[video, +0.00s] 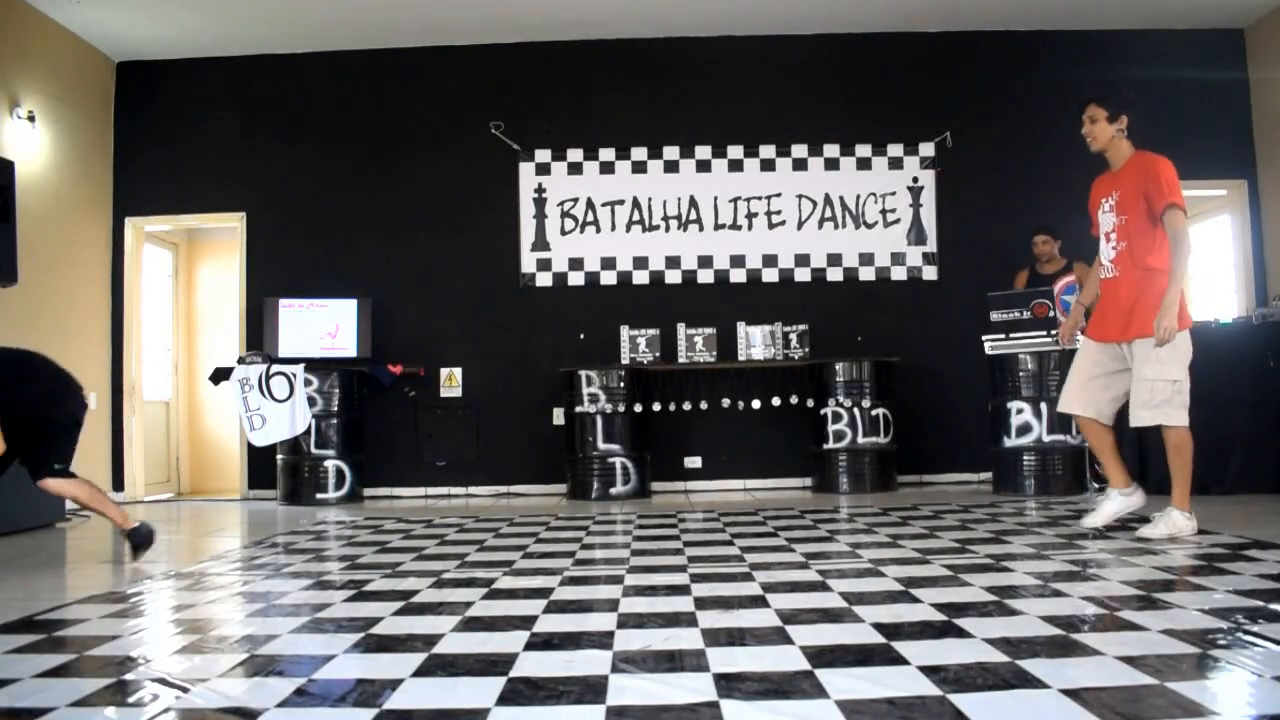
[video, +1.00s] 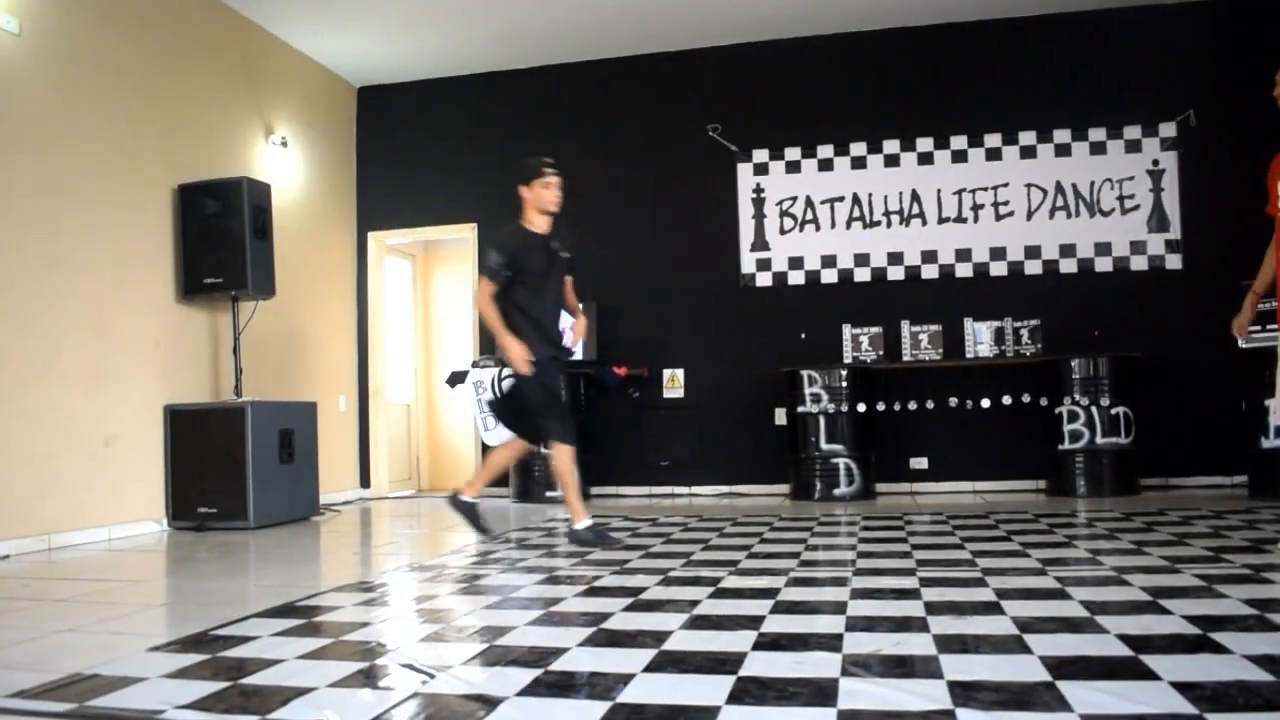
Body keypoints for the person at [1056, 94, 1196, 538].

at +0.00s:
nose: (1084, 130)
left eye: (1092, 121)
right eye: (1084, 123)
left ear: (1120, 124)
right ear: (1095, 131)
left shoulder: (1153, 167)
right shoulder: (1099, 187)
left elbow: (1180, 232)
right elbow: (1105, 258)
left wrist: (1170, 300)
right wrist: (1077, 310)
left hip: (1158, 311)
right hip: (1111, 315)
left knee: (1171, 411)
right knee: (1081, 402)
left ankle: (1181, 512)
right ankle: (1123, 490)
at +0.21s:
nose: (1072, 130)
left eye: (1080, 122)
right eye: (1071, 124)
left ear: (1108, 124)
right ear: (1080, 132)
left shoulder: (1139, 167)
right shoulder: (1086, 190)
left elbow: (1161, 241)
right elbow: (1096, 260)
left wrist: (1161, 314)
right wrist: (1089, 314)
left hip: (1146, 320)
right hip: (1100, 322)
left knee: (1165, 417)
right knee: (1086, 417)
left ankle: (1181, 512)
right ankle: (1069, 512)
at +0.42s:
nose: (1064, 129)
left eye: (1071, 118)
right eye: (1061, 123)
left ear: (1098, 119)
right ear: (1070, 130)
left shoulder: (1133, 165)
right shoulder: (1079, 187)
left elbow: (1169, 233)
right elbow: (1092, 253)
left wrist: (1158, 308)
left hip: (1134, 322)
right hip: (1086, 326)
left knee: (1166, 416)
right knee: (1083, 423)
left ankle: (1197, 509)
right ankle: (1082, 515)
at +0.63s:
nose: (1163, 112)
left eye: (1172, 102)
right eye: (1163, 104)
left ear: (1201, 106)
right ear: (1181, 112)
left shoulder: (1234, 151)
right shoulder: (1183, 173)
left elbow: (1275, 206)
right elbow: (1196, 238)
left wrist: (1277, 286)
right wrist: (1163, 268)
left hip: (1232, 312)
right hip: (1182, 318)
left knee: (1266, 416)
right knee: (1195, 423)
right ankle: (1205, 519)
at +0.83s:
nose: (1261, 98)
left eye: (1269, 88)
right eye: (1260, 89)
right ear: (1261, 98)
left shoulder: (1271, 170)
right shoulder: (1268, 171)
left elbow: (1264, 247)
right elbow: (1266, 244)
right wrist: (1259, 287)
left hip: (1278, 314)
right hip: (1272, 314)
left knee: (1269, 413)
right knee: (1267, 413)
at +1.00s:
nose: (1274, 93)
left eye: (1278, 85)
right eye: (1275, 85)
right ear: (1274, 90)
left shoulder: (1276, 168)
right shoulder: (1276, 168)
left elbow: (1276, 239)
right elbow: (1277, 238)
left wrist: (1252, 299)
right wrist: (1252, 299)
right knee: (1279, 414)